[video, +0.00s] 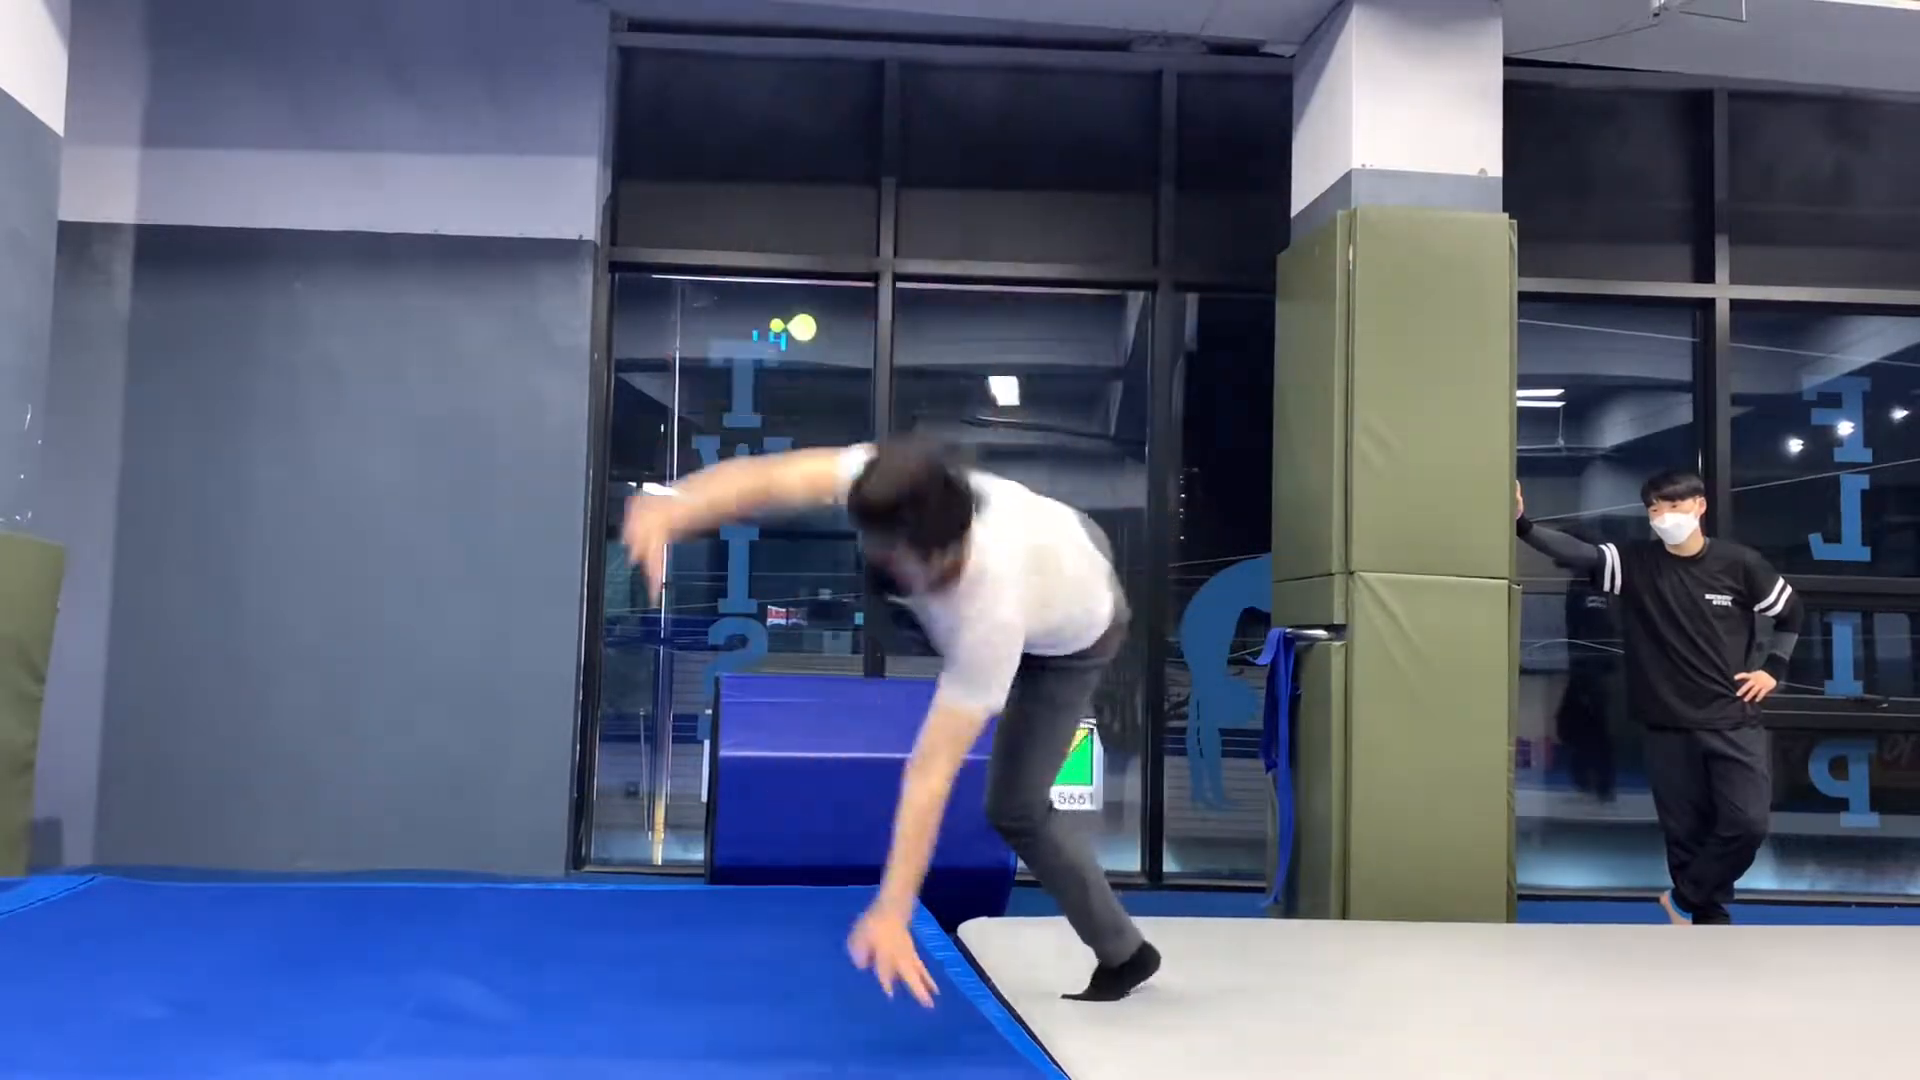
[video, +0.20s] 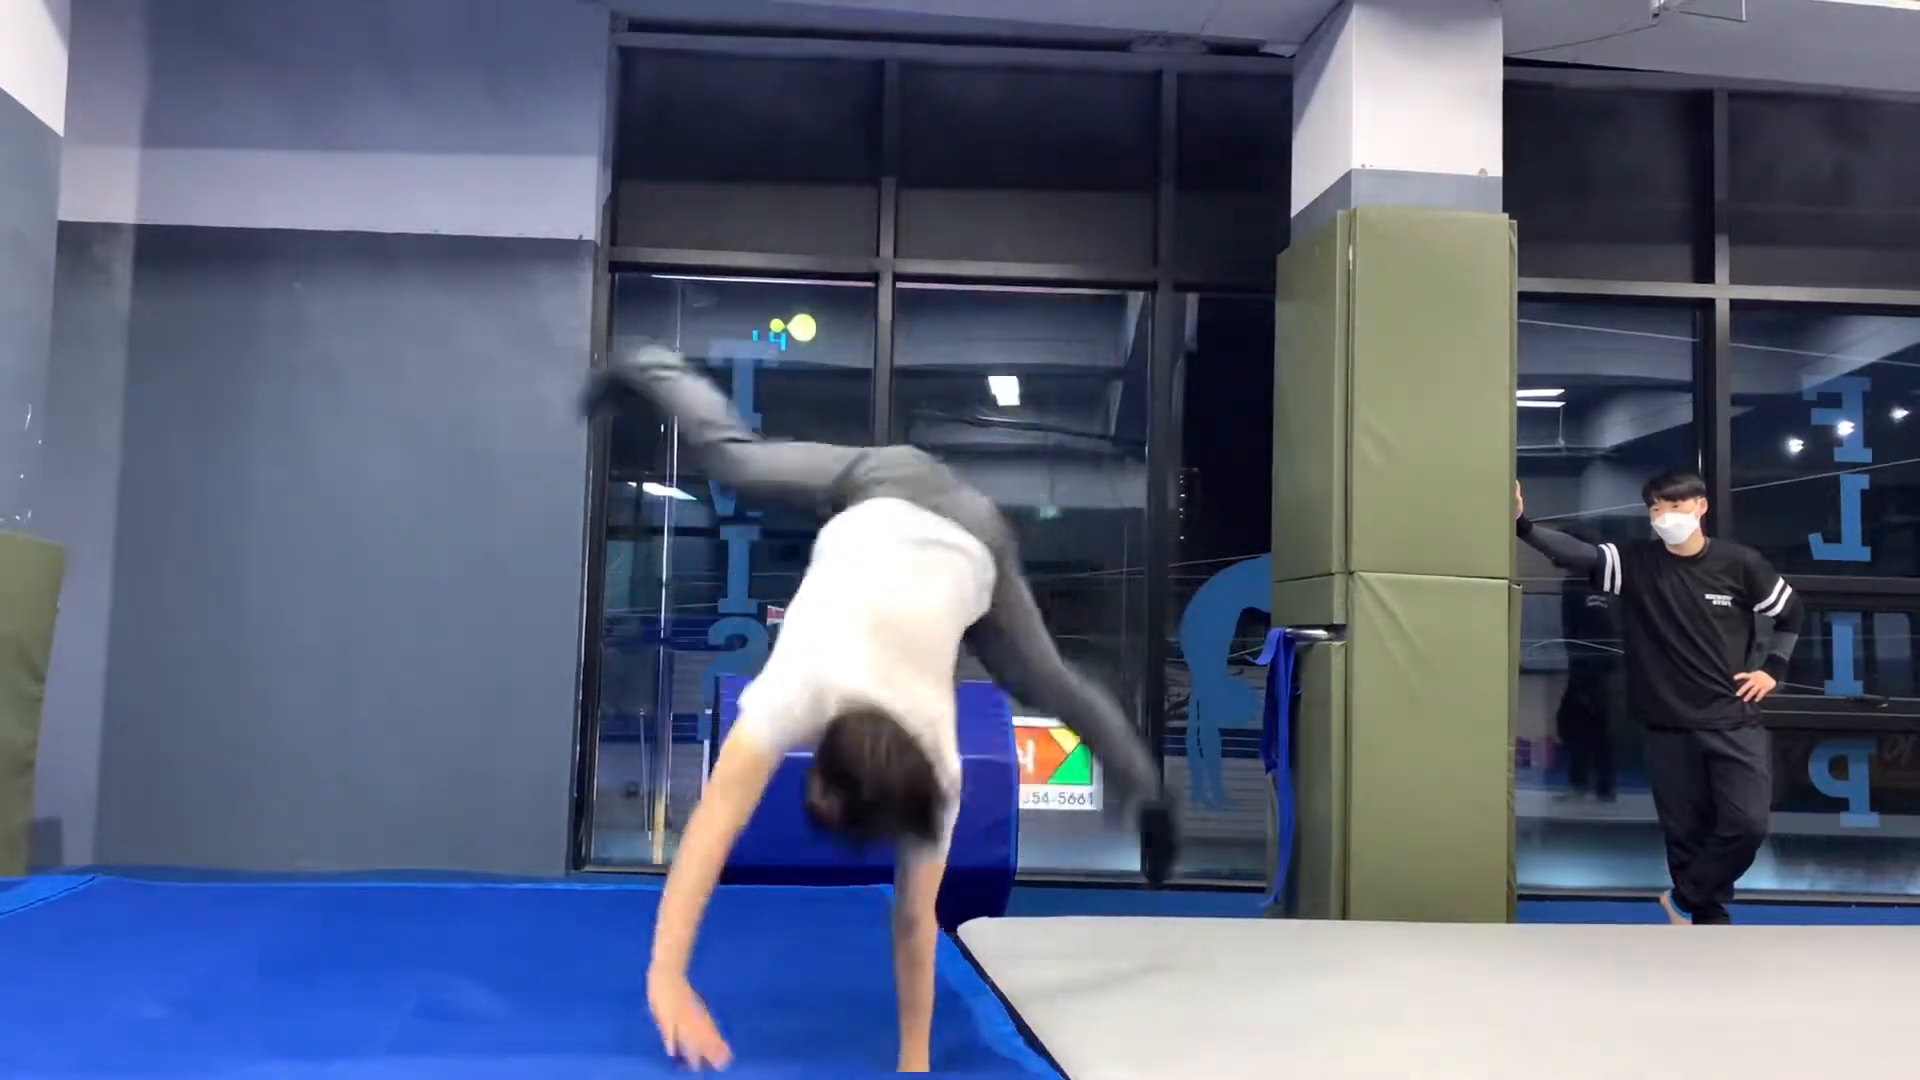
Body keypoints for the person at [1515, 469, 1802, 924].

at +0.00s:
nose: (1664, 512)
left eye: (1675, 502)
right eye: (1656, 505)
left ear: (1700, 506)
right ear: (1648, 512)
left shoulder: (1740, 564)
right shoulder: (1634, 561)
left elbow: (1790, 614)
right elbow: (1576, 553)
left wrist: (1772, 670)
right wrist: (1523, 525)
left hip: (1732, 719)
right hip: (1668, 724)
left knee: (1748, 824)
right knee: (1684, 834)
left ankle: (1683, 901)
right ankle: (1717, 932)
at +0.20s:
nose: (1665, 512)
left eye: (1676, 502)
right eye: (1657, 504)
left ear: (1701, 506)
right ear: (1649, 512)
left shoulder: (1740, 564)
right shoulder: (1635, 561)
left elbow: (1791, 614)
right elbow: (1575, 552)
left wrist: (1772, 670)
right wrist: (1522, 524)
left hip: (1732, 719)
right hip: (1668, 723)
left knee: (1748, 824)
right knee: (1684, 834)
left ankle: (1683, 901)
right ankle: (1717, 933)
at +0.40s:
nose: (1664, 512)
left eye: (1675, 502)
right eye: (1657, 504)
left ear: (1701, 507)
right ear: (1649, 512)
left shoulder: (1740, 564)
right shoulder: (1635, 562)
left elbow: (1791, 614)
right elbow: (1577, 554)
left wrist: (1772, 670)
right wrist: (1523, 524)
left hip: (1733, 719)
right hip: (1668, 724)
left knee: (1748, 824)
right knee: (1684, 834)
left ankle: (1684, 900)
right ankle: (1716, 932)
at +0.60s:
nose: (1663, 512)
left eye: (1675, 502)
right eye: (1657, 503)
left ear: (1700, 508)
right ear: (1649, 510)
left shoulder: (1740, 564)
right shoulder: (1634, 562)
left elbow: (1790, 615)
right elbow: (1576, 554)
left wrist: (1771, 670)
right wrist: (1523, 525)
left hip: (1733, 719)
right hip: (1668, 723)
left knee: (1748, 824)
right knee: (1683, 834)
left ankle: (1684, 899)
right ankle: (1716, 931)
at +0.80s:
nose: (1662, 511)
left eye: (1674, 502)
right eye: (1656, 503)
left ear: (1700, 509)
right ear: (1649, 510)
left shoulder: (1739, 565)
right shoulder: (1633, 562)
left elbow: (1789, 614)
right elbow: (1575, 554)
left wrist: (1771, 669)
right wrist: (1524, 526)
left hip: (1732, 718)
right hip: (1668, 723)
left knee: (1748, 825)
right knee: (1683, 834)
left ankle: (1684, 900)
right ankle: (1716, 931)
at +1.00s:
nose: (1661, 512)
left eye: (1674, 503)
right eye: (1656, 503)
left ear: (1699, 510)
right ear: (1649, 509)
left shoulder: (1738, 564)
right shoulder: (1633, 562)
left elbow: (1789, 614)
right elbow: (1577, 553)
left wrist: (1770, 669)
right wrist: (1524, 527)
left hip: (1732, 719)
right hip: (1668, 723)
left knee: (1748, 825)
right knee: (1683, 834)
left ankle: (1684, 899)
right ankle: (1716, 932)